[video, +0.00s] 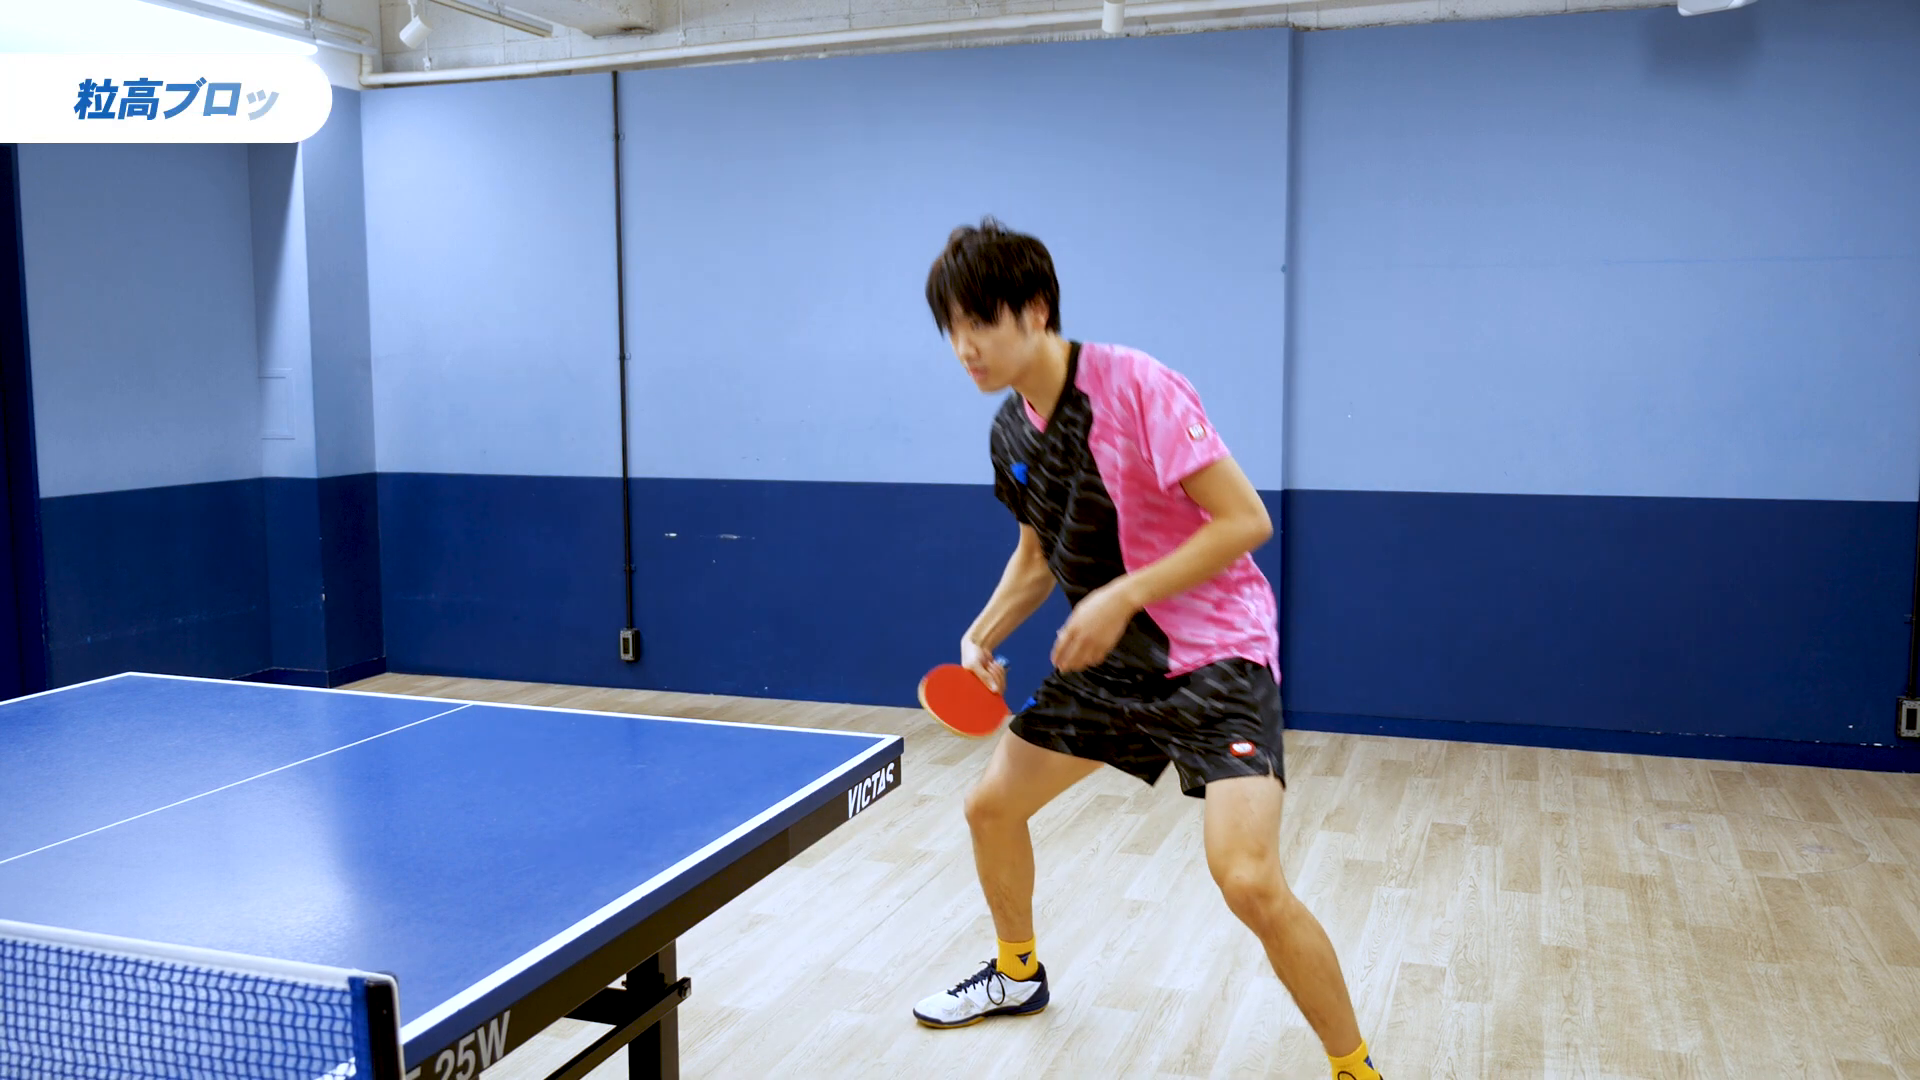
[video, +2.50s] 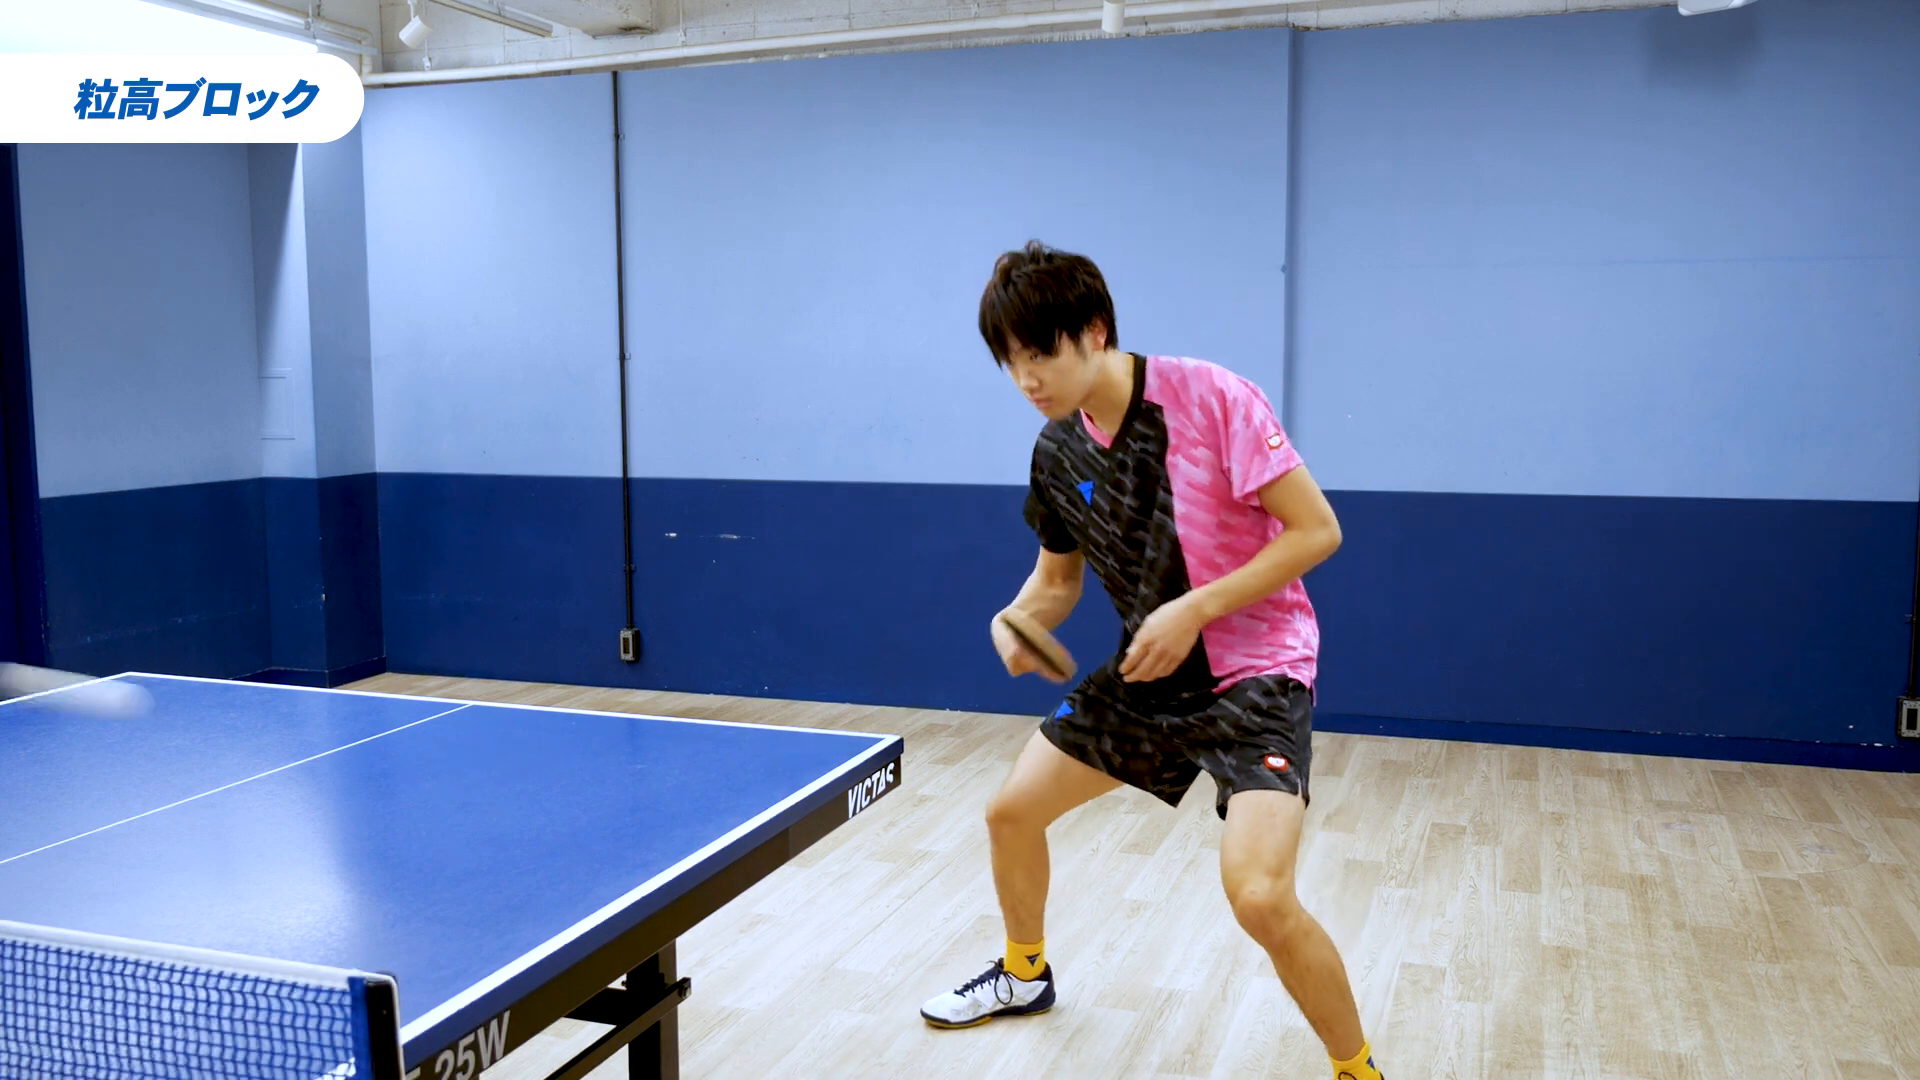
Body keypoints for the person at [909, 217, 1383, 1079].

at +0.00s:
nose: (963, 346)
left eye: (977, 321)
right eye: (952, 328)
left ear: (1036, 312)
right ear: (954, 335)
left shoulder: (1136, 385)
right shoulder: (1013, 431)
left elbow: (1246, 520)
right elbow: (1038, 554)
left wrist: (1123, 595)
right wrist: (982, 634)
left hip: (1219, 659)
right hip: (1114, 658)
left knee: (1248, 879)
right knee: (991, 806)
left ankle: (1353, 1066)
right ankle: (1016, 972)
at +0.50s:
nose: (1080, 266)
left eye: (1098, 240)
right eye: (1065, 246)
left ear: (1157, 235)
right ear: (1057, 256)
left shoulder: (1264, 320)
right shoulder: (1063, 378)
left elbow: (1346, 454)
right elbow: (961, 495)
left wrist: (1273, 529)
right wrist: (881, 510)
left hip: (1285, 625)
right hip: (1162, 626)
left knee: (1336, 866)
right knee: (1057, 803)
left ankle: (1366, 1067)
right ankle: (1013, 966)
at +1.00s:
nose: (1012, 310)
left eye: (1029, 284)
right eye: (1001, 292)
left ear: (1088, 277)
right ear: (1002, 300)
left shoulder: (1191, 364)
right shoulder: (1050, 407)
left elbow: (1289, 505)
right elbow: (1075, 539)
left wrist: (1161, 574)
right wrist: (1017, 620)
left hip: (1252, 640)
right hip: (1147, 644)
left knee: (1271, 878)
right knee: (1036, 797)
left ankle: (1359, 1069)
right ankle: (1017, 969)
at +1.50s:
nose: (1039, 334)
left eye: (1053, 306)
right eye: (1024, 317)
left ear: (1109, 285)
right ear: (1015, 319)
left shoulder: (1229, 333)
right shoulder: (1045, 422)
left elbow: (1329, 452)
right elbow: (1016, 580)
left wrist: (1241, 542)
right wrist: (965, 596)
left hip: (1271, 624)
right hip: (1153, 630)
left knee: (1309, 855)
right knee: (1051, 798)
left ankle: (1363, 1065)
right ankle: (1016, 967)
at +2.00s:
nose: (1039, 290)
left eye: (1057, 265)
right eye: (1026, 272)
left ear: (1113, 261)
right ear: (1020, 283)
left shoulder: (1212, 354)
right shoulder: (1042, 401)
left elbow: (1294, 496)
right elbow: (1042, 548)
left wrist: (1179, 562)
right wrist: (991, 613)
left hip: (1229, 650)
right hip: (1115, 650)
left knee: (1273, 877)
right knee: (999, 809)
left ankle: (1358, 1068)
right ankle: (1022, 972)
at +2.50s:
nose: (1023, 380)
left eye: (1036, 353)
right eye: (1010, 362)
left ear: (1094, 332)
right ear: (1007, 362)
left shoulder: (1214, 399)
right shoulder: (1056, 451)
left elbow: (1317, 529)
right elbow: (1057, 578)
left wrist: (1195, 609)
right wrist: (1013, 620)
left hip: (1257, 667)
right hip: (1151, 669)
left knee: (1257, 893)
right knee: (1011, 813)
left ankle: (1357, 1069)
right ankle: (1023, 973)